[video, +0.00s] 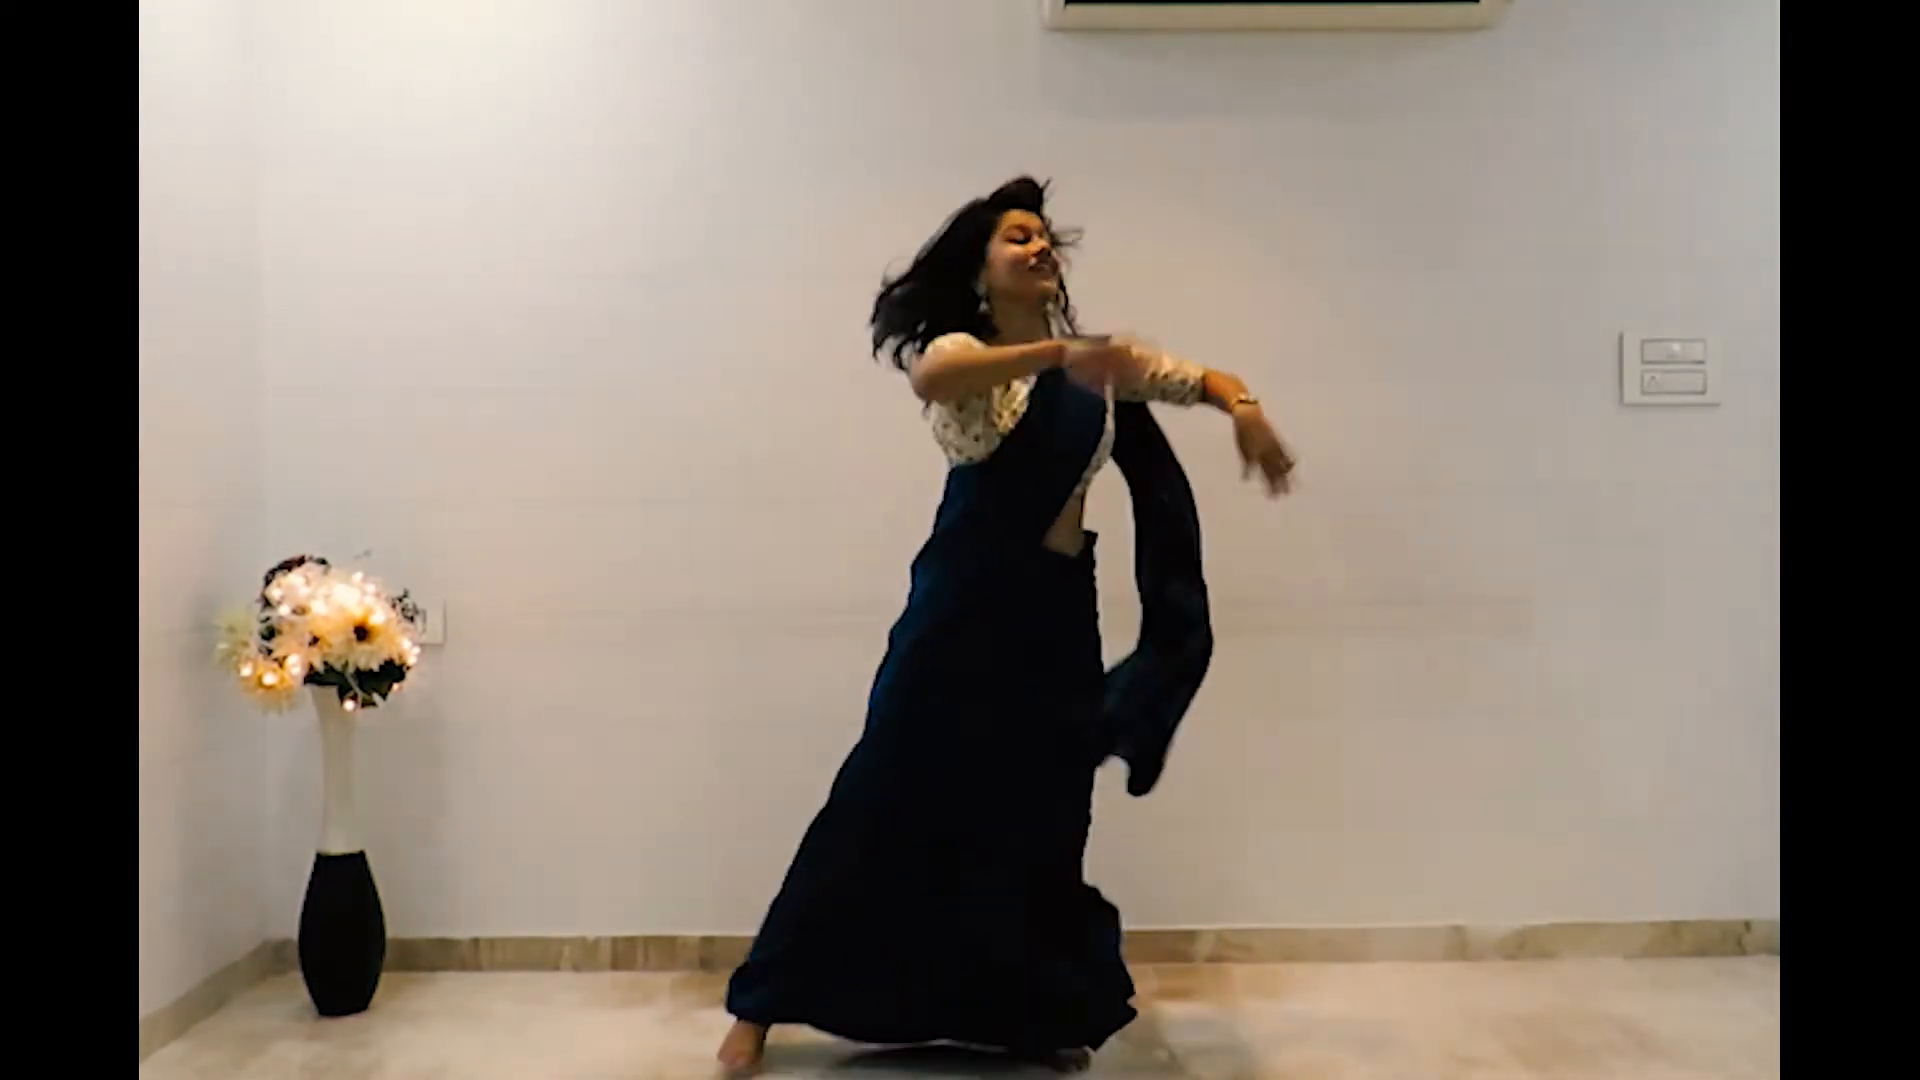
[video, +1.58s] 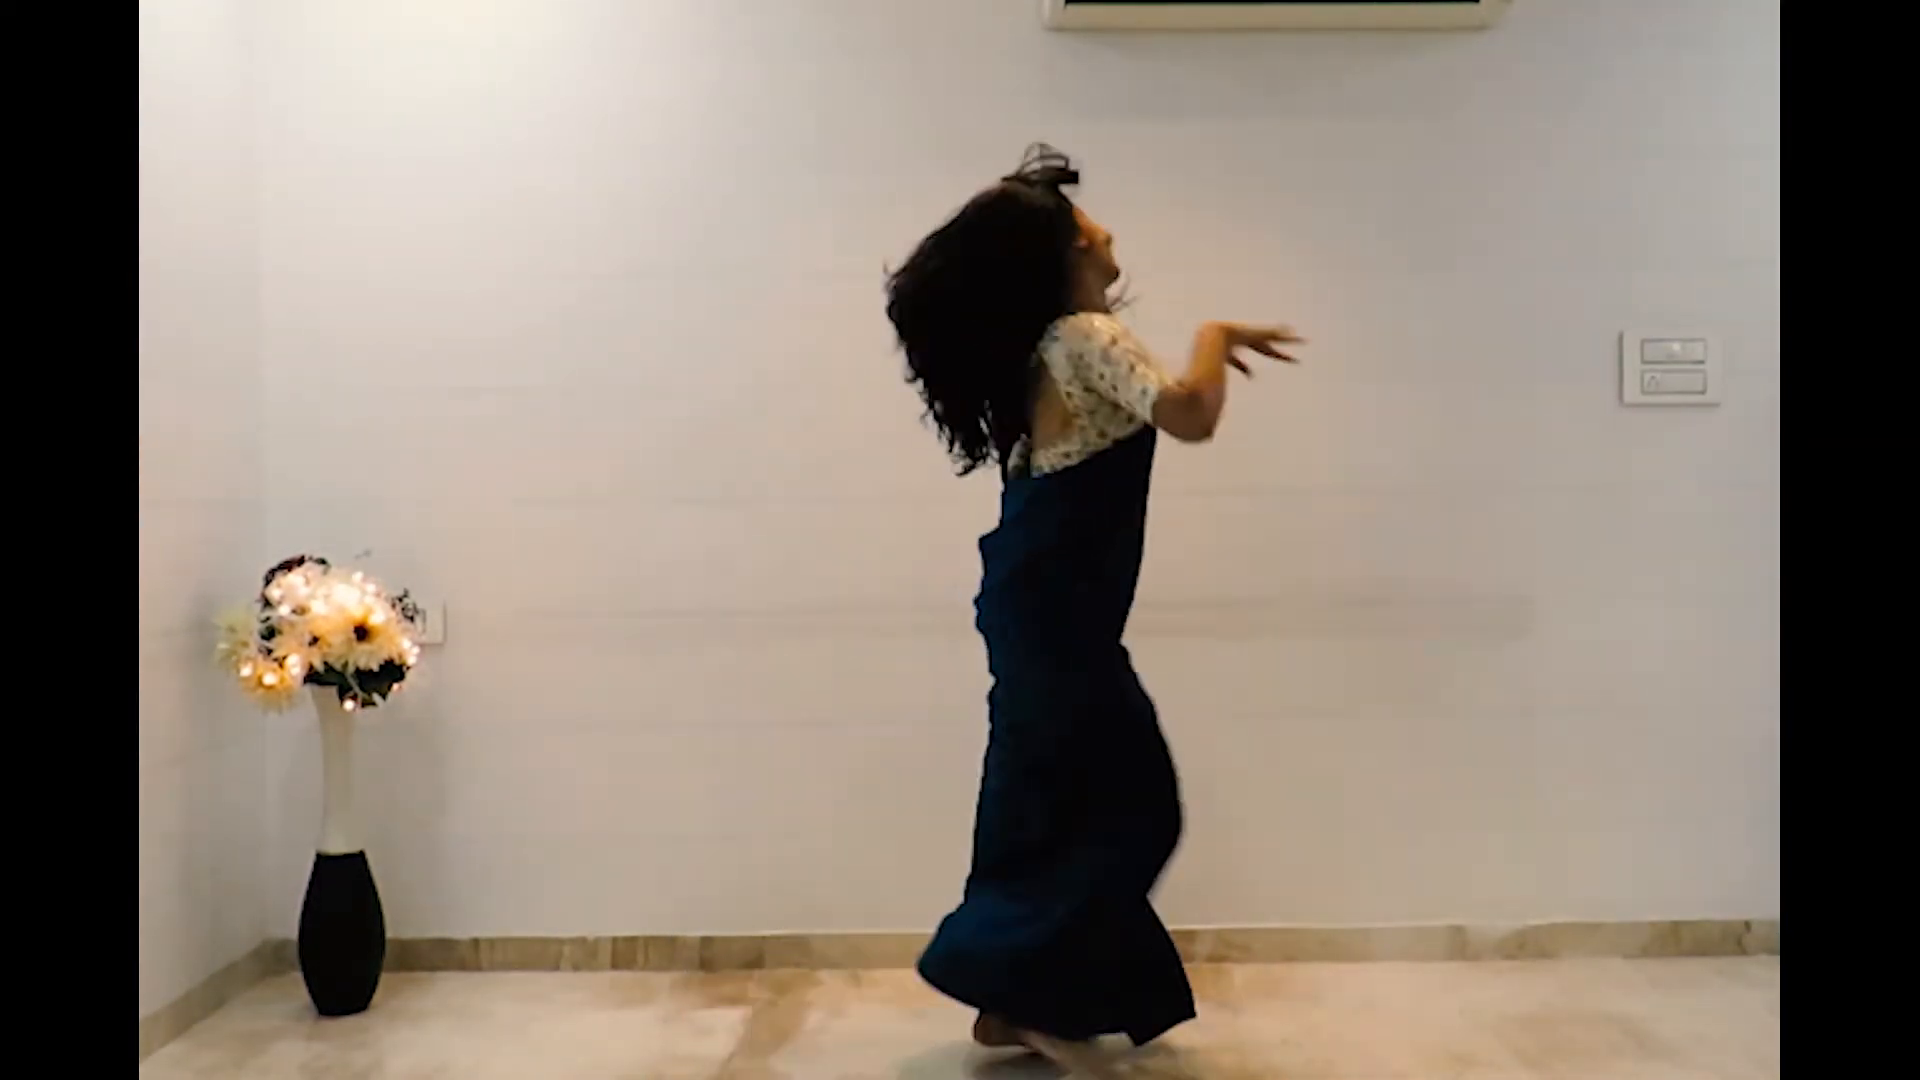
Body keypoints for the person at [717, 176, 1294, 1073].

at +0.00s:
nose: (1039, 246)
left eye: (1046, 238)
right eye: (1017, 238)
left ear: (1059, 267)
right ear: (978, 271)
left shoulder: (1088, 359)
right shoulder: (962, 351)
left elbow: (1188, 379)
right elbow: (932, 369)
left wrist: (1244, 406)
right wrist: (1057, 354)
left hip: (1058, 599)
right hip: (966, 595)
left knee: (1046, 805)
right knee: (876, 794)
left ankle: (1032, 1011)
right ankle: (754, 1010)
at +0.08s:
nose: (1033, 264)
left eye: (1037, 253)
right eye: (1009, 255)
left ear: (1049, 282)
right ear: (969, 290)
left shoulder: (1071, 384)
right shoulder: (958, 374)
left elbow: (1179, 441)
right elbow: (998, 439)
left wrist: (1264, 396)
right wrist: (1062, 330)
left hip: (1046, 621)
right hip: (958, 619)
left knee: (1045, 815)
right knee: (892, 809)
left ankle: (1049, 1017)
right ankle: (756, 1002)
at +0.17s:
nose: (1027, 274)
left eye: (1029, 262)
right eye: (1003, 264)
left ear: (1036, 288)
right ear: (962, 295)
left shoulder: (1046, 390)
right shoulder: (950, 382)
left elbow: (1157, 474)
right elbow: (1048, 469)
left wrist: (1233, 386)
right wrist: (1067, 348)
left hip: (1033, 640)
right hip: (949, 640)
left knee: (1040, 830)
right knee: (893, 828)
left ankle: (1061, 1032)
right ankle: (762, 1032)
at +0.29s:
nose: (1022, 282)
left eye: (1024, 269)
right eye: (998, 271)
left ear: (1030, 301)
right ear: (954, 302)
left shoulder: (1034, 406)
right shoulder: (941, 383)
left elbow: (1082, 535)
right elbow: (999, 503)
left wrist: (1143, 462)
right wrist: (1123, 466)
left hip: (1022, 656)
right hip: (945, 653)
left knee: (1036, 846)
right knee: (916, 846)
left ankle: (1079, 1041)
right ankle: (790, 1039)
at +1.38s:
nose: (1038, 278)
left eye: (1047, 270)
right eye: (1015, 266)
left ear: (1056, 304)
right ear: (972, 299)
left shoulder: (1047, 399)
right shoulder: (966, 391)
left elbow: (1097, 517)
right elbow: (1047, 497)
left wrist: (1156, 435)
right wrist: (1079, 379)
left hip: (1033, 633)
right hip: (962, 630)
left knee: (1086, 831)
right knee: (912, 822)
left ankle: (1066, 1023)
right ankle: (767, 1014)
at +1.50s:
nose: (1080, 230)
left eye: (1069, 218)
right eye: (1061, 223)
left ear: (1031, 262)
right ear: (1029, 258)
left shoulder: (1055, 331)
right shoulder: (1034, 336)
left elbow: (1136, 379)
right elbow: (1148, 382)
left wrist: (1130, 315)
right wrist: (1127, 309)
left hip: (1053, 597)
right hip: (1015, 597)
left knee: (1072, 790)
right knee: (1029, 796)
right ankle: (894, 970)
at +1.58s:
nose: (1102, 229)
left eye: (1088, 218)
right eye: (1086, 226)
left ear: (1041, 276)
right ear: (1069, 257)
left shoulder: (1039, 346)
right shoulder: (1089, 341)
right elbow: (1194, 416)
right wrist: (1214, 339)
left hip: (1026, 612)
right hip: (1066, 623)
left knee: (1042, 801)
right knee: (1142, 803)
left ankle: (1014, 998)